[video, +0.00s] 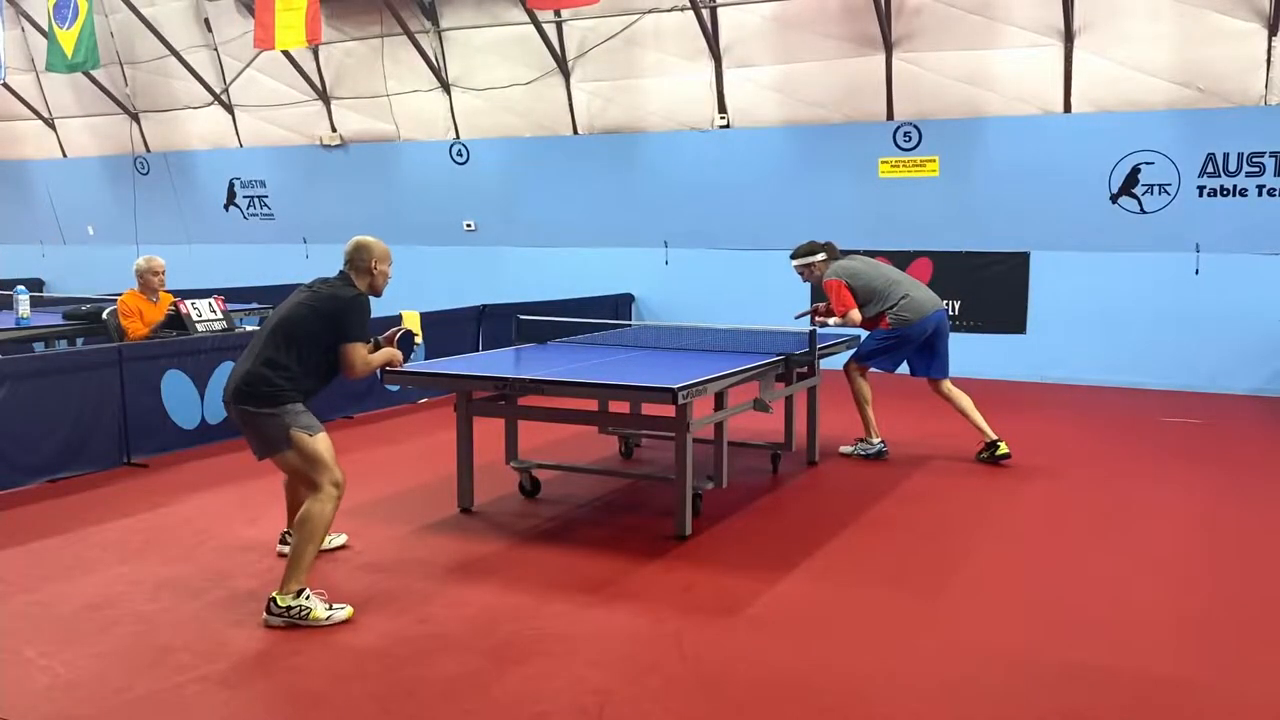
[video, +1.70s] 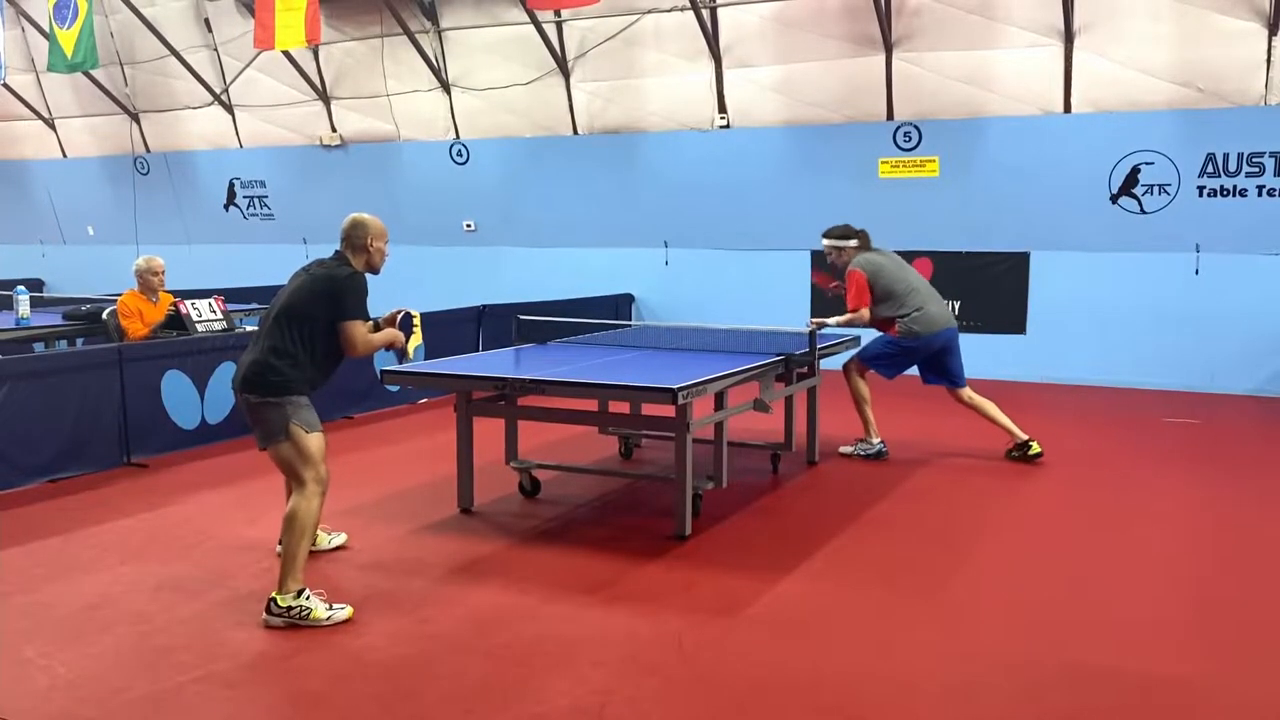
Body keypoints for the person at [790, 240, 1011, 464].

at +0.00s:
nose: (804, 279)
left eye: (803, 273)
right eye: (800, 274)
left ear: (816, 264)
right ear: (824, 259)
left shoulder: (832, 277)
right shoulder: (855, 262)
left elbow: (853, 318)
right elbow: (873, 311)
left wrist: (833, 319)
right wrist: (833, 311)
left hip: (907, 318)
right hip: (936, 311)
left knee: (854, 369)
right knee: (941, 383)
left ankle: (873, 440)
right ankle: (993, 441)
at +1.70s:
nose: (828, 259)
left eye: (830, 253)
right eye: (827, 254)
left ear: (847, 248)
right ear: (854, 245)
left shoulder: (856, 267)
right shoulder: (885, 256)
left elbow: (861, 317)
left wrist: (831, 321)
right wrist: (852, 318)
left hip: (916, 330)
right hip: (946, 325)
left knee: (853, 369)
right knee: (963, 393)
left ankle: (872, 441)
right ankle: (1023, 440)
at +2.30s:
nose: (895, 205)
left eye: (900, 200)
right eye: (897, 199)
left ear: (917, 205)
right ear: (925, 206)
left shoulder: (909, 230)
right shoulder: (953, 226)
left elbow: (872, 260)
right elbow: (981, 261)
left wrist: (845, 256)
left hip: (951, 314)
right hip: (985, 311)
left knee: (896, 367)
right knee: (987, 382)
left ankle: (877, 440)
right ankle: (1027, 442)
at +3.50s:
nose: (813, 219)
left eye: (817, 213)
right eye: (808, 215)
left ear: (829, 215)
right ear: (805, 219)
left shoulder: (850, 243)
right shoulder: (805, 249)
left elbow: (882, 268)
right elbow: (791, 279)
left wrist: (861, 290)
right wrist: (782, 294)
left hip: (865, 311)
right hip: (831, 312)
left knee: (881, 358)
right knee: (797, 348)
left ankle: (922, 407)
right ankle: (791, 395)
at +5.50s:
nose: (779, 244)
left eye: (783, 238)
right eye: (775, 240)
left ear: (795, 237)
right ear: (773, 243)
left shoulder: (819, 259)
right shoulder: (776, 270)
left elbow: (849, 282)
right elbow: (754, 301)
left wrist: (831, 308)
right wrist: (763, 301)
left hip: (837, 319)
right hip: (802, 323)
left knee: (867, 359)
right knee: (764, 345)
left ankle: (901, 407)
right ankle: (763, 399)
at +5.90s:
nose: (784, 234)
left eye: (788, 229)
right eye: (780, 230)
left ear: (800, 231)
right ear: (777, 234)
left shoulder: (824, 252)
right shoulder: (779, 268)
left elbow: (855, 273)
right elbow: (783, 307)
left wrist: (844, 305)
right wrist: (783, 336)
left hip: (839, 310)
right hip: (804, 315)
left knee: (869, 347)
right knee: (774, 347)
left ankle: (883, 404)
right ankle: (764, 397)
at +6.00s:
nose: (793, 238)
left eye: (797, 232)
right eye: (789, 233)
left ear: (807, 233)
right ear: (784, 236)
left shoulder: (830, 254)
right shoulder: (787, 267)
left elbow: (857, 273)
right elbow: (796, 299)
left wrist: (847, 310)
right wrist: (797, 328)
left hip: (844, 312)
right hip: (812, 317)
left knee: (868, 347)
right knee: (781, 349)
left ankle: (884, 403)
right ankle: (763, 398)